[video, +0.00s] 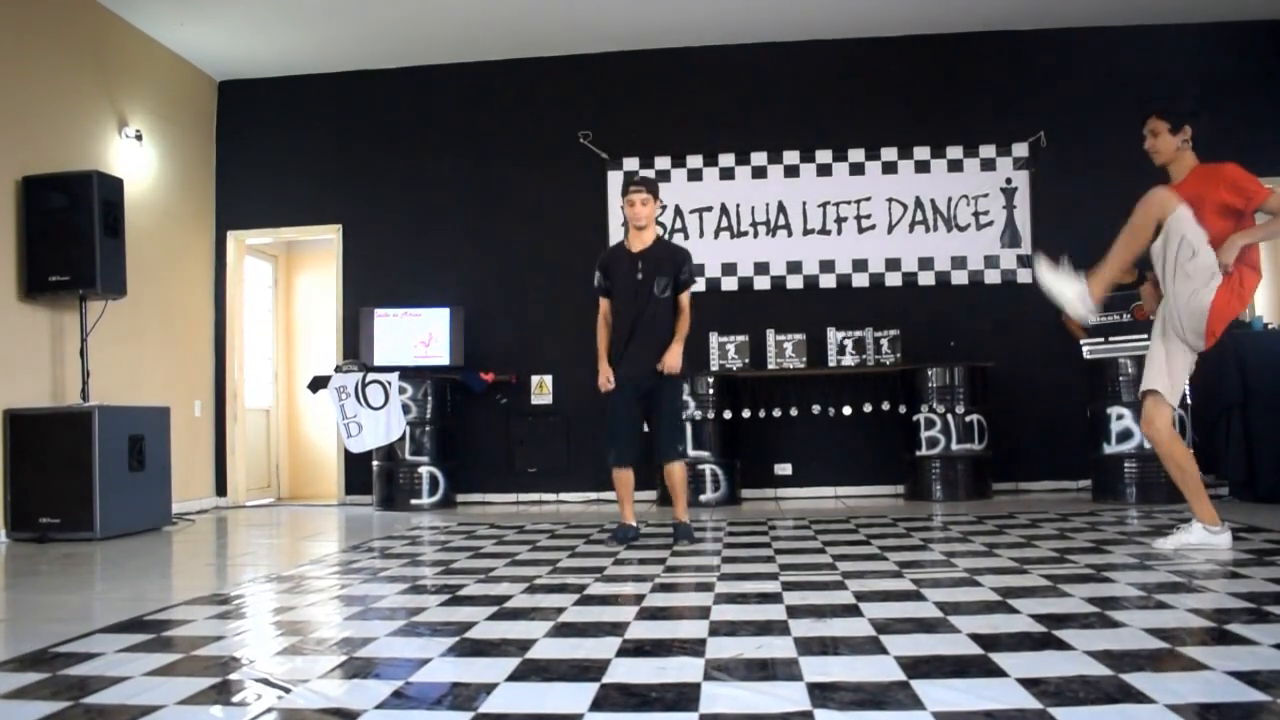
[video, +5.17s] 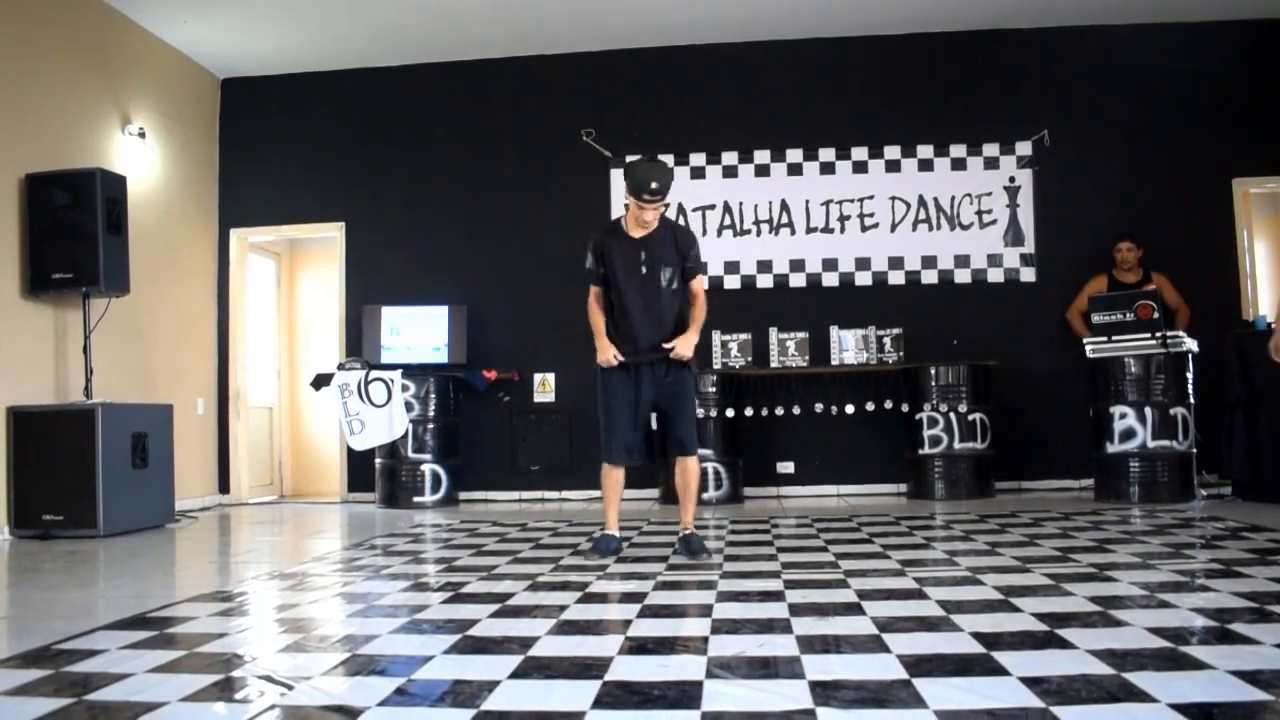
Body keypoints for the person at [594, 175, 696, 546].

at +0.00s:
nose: (637, 209)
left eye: (644, 203)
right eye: (631, 203)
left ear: (656, 207)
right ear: (623, 210)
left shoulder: (676, 256)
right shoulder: (609, 260)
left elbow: (684, 310)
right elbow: (604, 316)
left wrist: (676, 346)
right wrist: (603, 362)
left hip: (662, 365)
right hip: (621, 368)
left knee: (670, 445)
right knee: (620, 447)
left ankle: (681, 519)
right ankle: (628, 522)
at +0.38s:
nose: (621, 217)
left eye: (627, 210)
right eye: (614, 210)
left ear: (637, 213)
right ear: (605, 212)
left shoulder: (654, 259)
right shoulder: (587, 260)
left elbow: (667, 305)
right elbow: (574, 309)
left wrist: (666, 319)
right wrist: (590, 322)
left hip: (649, 364)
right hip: (606, 366)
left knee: (666, 440)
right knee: (602, 443)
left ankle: (680, 518)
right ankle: (602, 518)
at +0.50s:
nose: (615, 232)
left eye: (621, 224)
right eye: (609, 224)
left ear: (630, 223)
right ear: (597, 222)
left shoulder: (643, 256)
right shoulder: (584, 258)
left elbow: (665, 304)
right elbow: (563, 308)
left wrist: (658, 263)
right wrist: (579, 267)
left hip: (644, 367)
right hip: (600, 370)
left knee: (658, 441)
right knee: (601, 445)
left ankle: (673, 515)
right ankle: (603, 518)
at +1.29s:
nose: (620, 242)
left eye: (625, 234)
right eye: (613, 235)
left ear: (635, 230)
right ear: (604, 232)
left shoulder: (657, 263)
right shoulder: (595, 268)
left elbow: (679, 305)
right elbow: (575, 311)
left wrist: (670, 321)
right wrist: (582, 320)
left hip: (649, 370)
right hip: (608, 369)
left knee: (643, 443)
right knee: (608, 442)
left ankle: (637, 515)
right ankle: (607, 519)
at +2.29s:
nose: (678, 222)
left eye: (685, 215)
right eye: (672, 213)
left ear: (692, 211)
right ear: (658, 200)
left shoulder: (695, 245)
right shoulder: (626, 241)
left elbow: (701, 301)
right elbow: (606, 299)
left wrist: (695, 329)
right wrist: (619, 344)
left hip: (680, 364)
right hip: (635, 362)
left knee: (689, 448)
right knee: (625, 447)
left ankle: (694, 531)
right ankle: (617, 525)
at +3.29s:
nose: (632, 195)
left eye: (634, 188)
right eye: (622, 189)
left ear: (638, 191)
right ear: (599, 195)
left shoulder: (657, 234)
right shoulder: (584, 251)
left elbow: (673, 291)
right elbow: (578, 309)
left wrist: (677, 338)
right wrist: (591, 348)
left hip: (657, 361)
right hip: (608, 365)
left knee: (675, 449)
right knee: (601, 453)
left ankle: (690, 531)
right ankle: (595, 539)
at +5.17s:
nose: (651, 213)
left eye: (658, 206)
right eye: (643, 205)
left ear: (667, 200)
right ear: (628, 197)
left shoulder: (681, 238)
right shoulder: (604, 240)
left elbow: (698, 293)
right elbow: (594, 297)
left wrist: (692, 334)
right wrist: (601, 341)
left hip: (672, 362)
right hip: (621, 364)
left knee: (686, 446)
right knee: (614, 449)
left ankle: (687, 529)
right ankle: (610, 531)